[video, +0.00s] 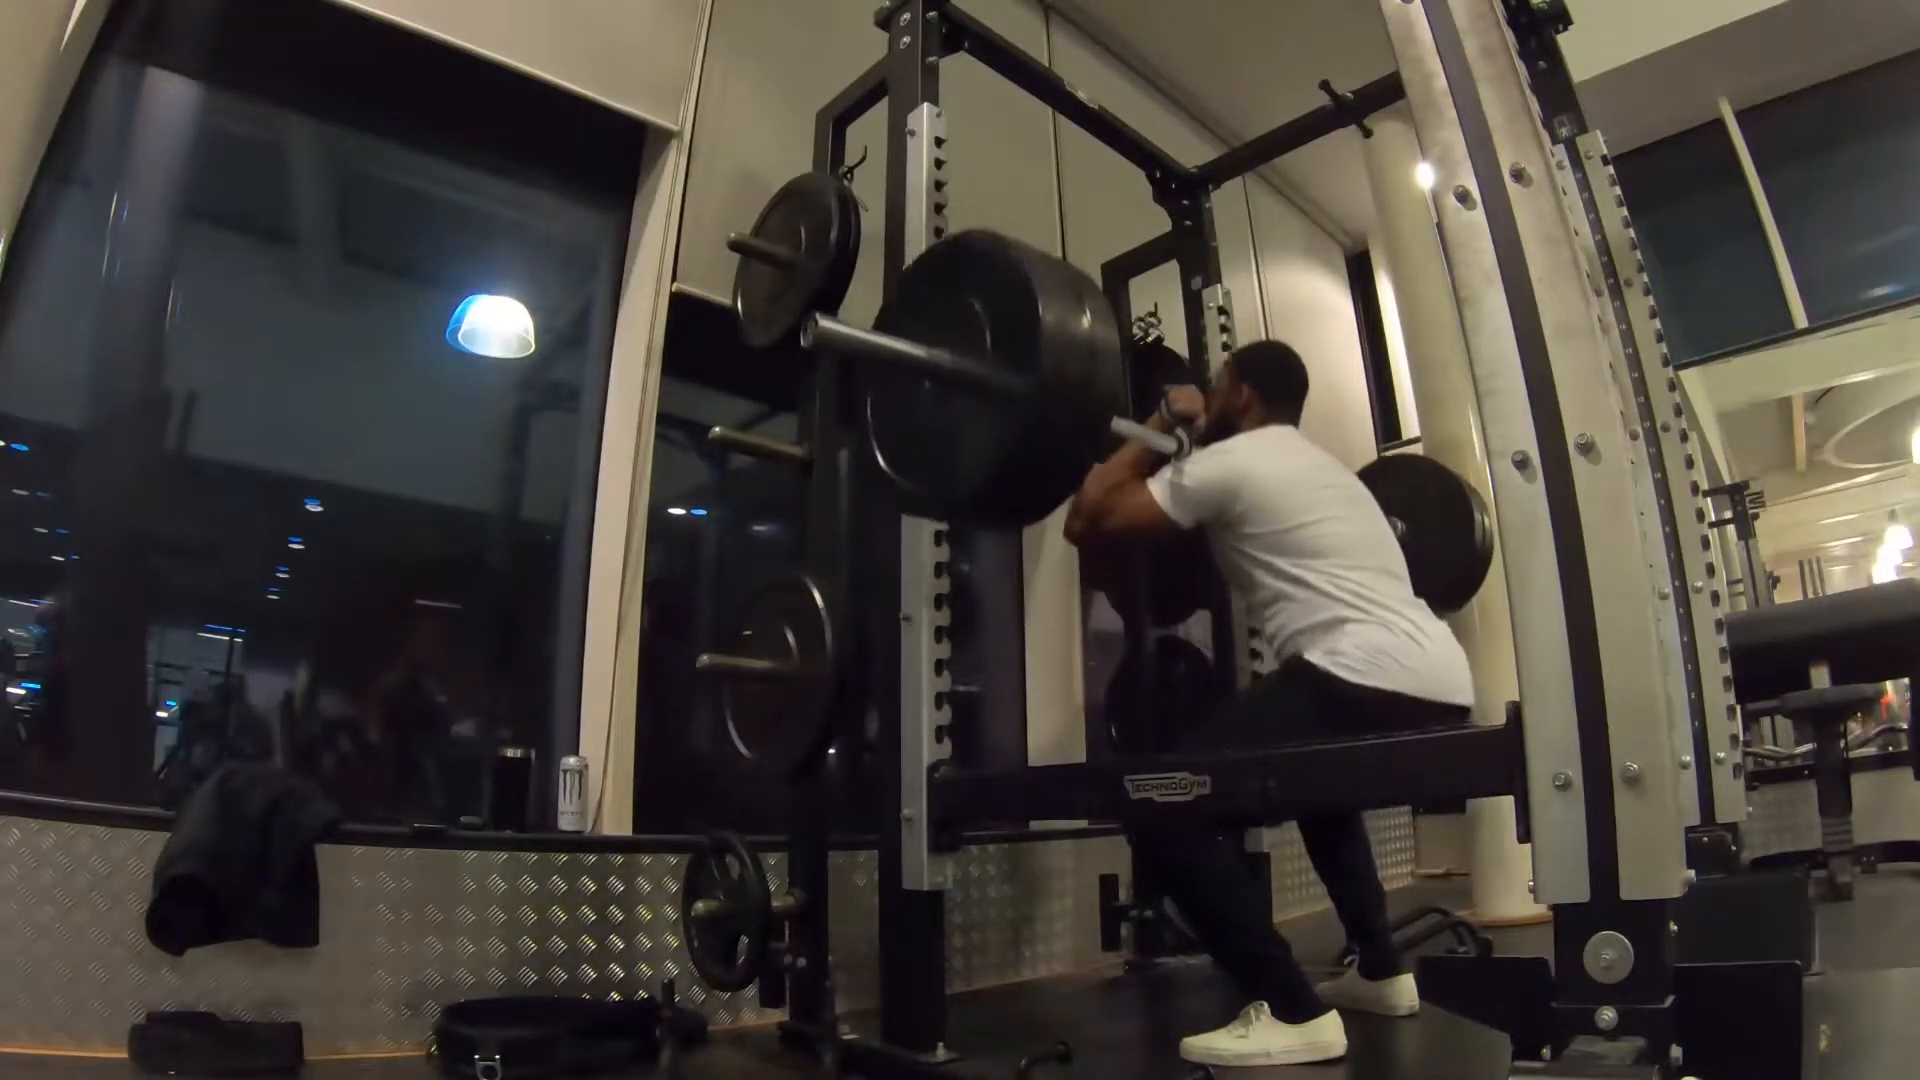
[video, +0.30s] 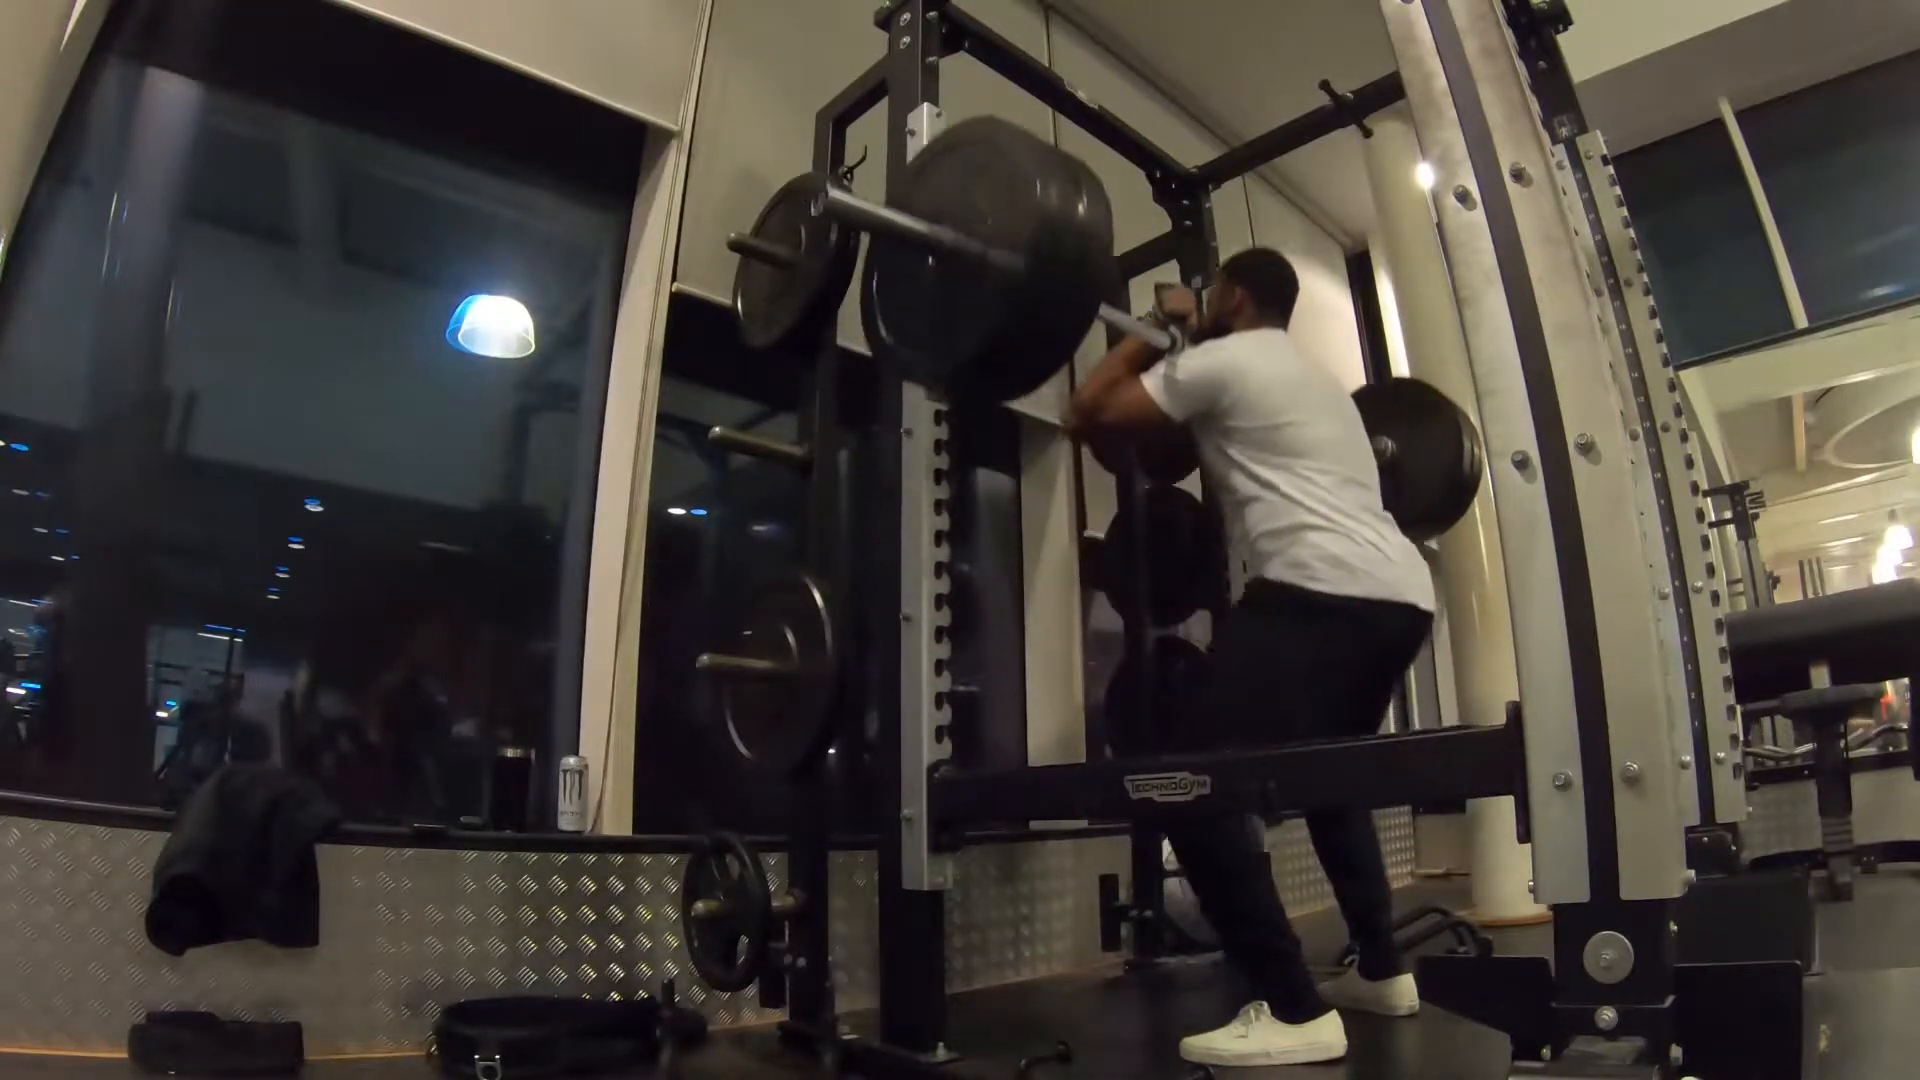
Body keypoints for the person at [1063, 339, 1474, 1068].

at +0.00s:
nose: (1212, 401)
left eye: (1219, 389)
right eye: (1215, 388)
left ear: (1243, 395)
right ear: (1290, 402)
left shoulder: (1232, 464)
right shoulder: (1325, 464)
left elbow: (1089, 514)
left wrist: (1153, 434)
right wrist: (1200, 431)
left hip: (1352, 681)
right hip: (1443, 692)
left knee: (1167, 800)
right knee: (1315, 782)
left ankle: (1291, 1012)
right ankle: (1383, 970)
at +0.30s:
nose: (1204, 306)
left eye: (1212, 293)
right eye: (1209, 294)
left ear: (1235, 296)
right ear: (1281, 306)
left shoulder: (1227, 364)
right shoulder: (1311, 374)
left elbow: (1091, 407)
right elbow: (1167, 457)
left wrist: (1156, 333)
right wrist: (1166, 350)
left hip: (1310, 596)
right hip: (1398, 599)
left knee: (1192, 785)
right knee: (1325, 773)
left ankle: (1291, 1010)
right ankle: (1383, 970)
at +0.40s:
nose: (1204, 279)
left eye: (1212, 267)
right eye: (1210, 269)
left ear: (1235, 268)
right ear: (1282, 276)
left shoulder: (1222, 330)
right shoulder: (1310, 339)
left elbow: (1083, 370)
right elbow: (1183, 443)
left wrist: (1145, 303)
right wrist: (1185, 305)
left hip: (1295, 566)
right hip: (1383, 568)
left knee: (1219, 777)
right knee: (1333, 765)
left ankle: (1293, 1008)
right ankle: (1384, 969)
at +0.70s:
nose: (1206, 252)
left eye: (1212, 240)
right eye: (1210, 242)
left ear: (1235, 241)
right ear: (1278, 251)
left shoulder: (1218, 306)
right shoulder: (1306, 314)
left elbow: (1081, 339)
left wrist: (1147, 270)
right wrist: (1186, 276)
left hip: (1279, 546)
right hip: (1361, 546)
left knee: (1274, 772)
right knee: (1345, 763)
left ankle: (1300, 1009)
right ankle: (1384, 969)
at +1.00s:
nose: (1213, 249)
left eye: (1217, 238)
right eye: (1216, 240)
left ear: (1237, 238)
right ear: (1286, 247)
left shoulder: (1220, 304)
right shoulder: (1314, 312)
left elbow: (1082, 338)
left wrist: (1152, 268)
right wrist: (1198, 267)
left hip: (1281, 547)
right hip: (1363, 547)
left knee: (1274, 771)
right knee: (1345, 764)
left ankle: (1299, 1008)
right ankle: (1384, 969)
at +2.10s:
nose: (1220, 469)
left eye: (1228, 458)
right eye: (1221, 457)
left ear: (1252, 465)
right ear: (1301, 469)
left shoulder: (1243, 540)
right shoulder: (1335, 528)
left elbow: (1114, 591)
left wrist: (1166, 505)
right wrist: (1226, 493)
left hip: (1367, 775)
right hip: (1456, 768)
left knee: (1154, 820)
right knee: (1287, 777)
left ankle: (1294, 1013)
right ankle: (1382, 972)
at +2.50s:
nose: (1226, 539)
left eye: (1234, 528)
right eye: (1230, 528)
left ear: (1261, 538)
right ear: (1311, 540)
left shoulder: (1252, 620)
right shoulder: (1341, 601)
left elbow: (1134, 676)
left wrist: (1175, 584)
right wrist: (1225, 581)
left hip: (1396, 872)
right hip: (1463, 869)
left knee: (1153, 829)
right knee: (1290, 797)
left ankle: (1291, 1013)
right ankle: (1382, 970)